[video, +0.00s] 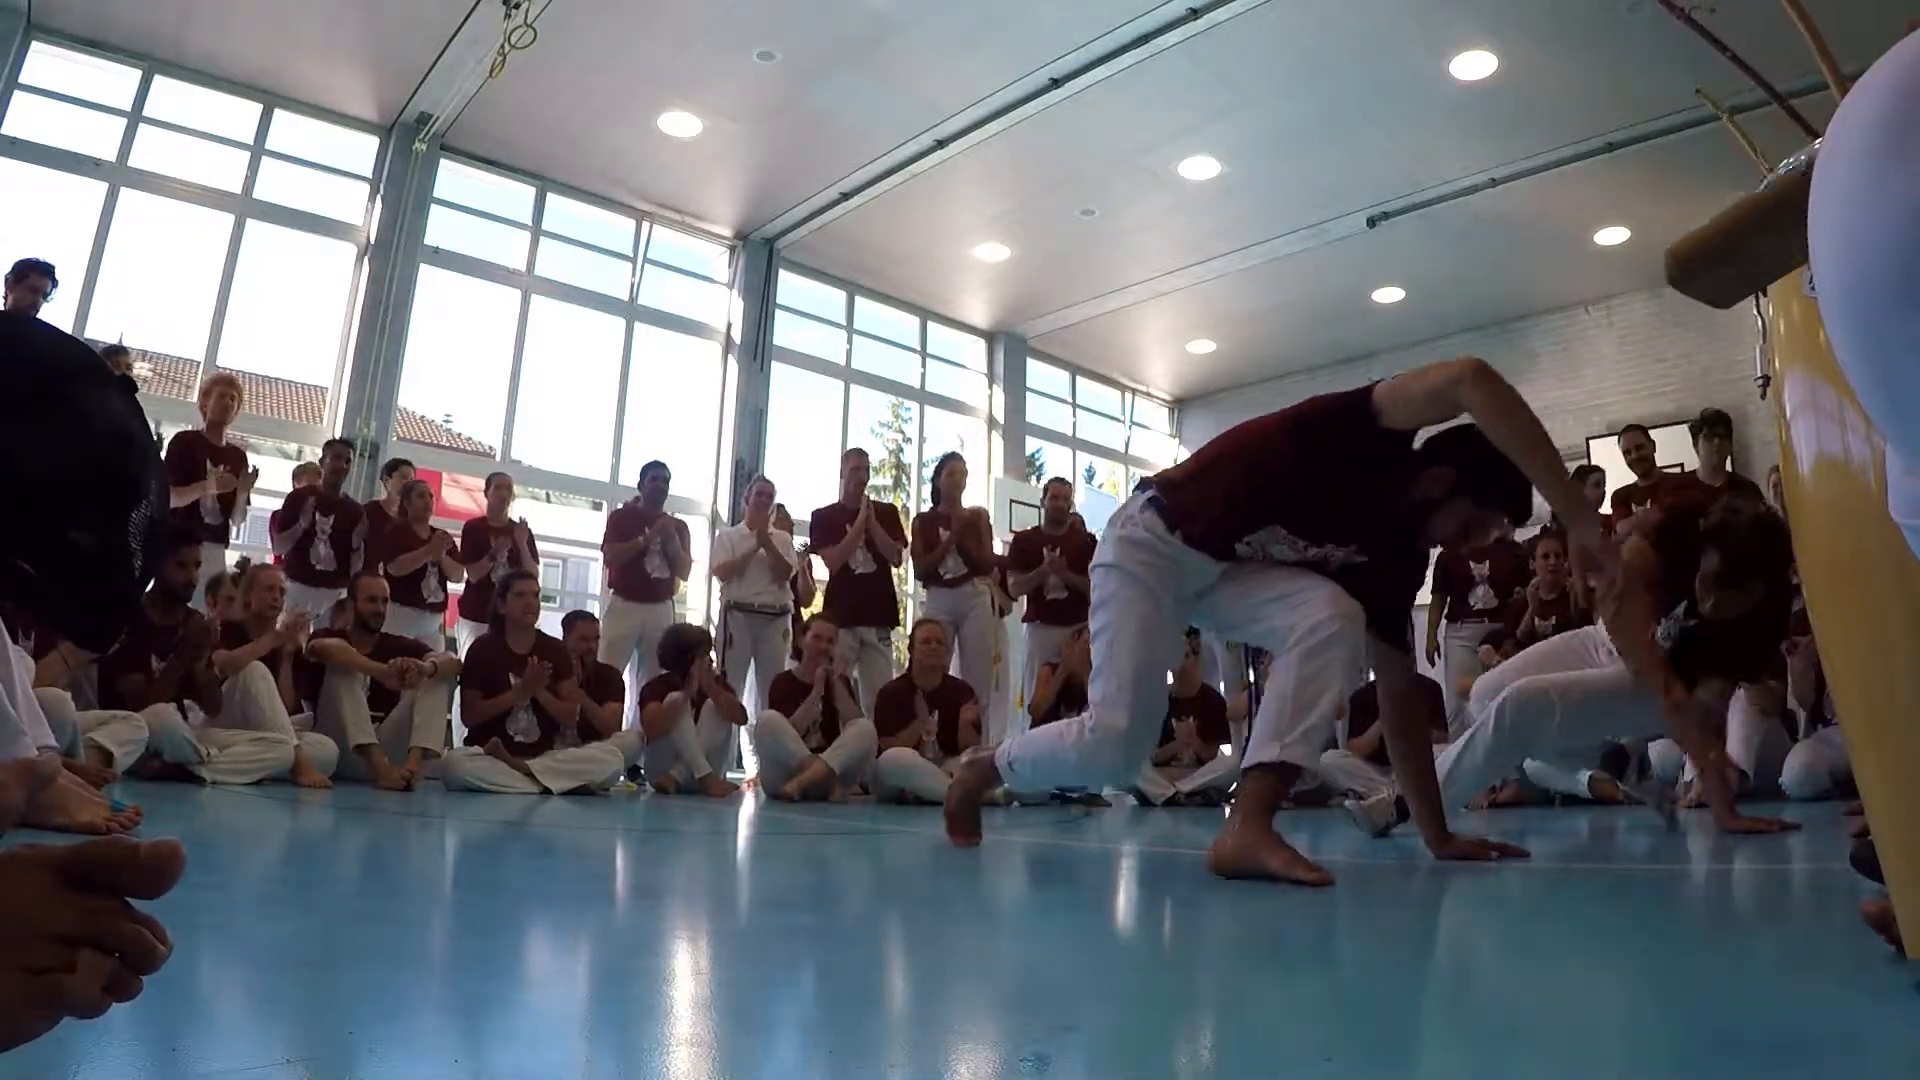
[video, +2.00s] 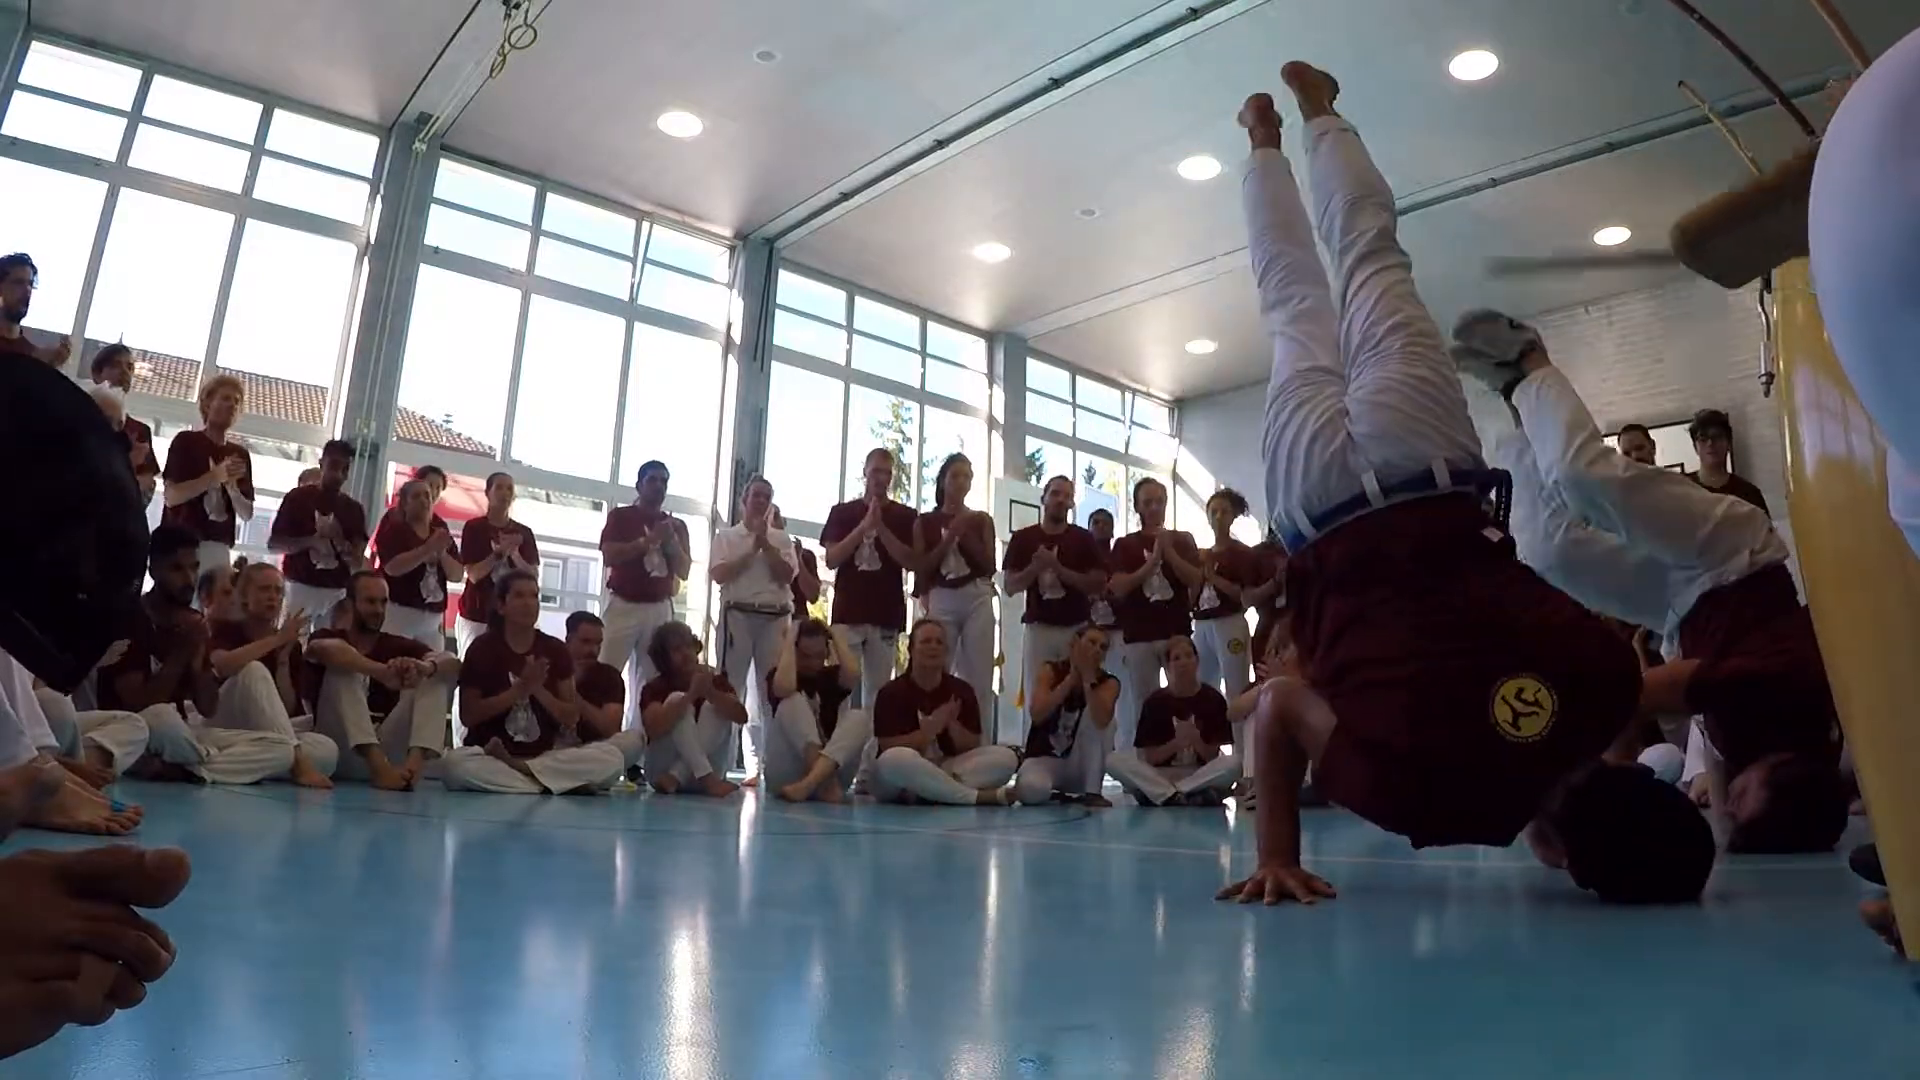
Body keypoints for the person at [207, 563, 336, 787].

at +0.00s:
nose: (277, 598)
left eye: (281, 592)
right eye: (269, 590)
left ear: (285, 599)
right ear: (248, 596)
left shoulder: (286, 643)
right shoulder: (228, 630)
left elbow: (289, 707)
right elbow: (223, 666)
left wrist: (288, 654)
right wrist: (278, 638)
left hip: (270, 731)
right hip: (224, 724)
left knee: (327, 751)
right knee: (254, 671)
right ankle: (299, 762)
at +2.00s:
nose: (273, 597)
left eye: (278, 590)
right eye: (264, 589)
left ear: (283, 597)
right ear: (245, 595)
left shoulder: (290, 644)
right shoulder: (224, 630)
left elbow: (290, 709)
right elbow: (221, 665)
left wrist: (283, 662)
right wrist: (281, 638)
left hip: (270, 733)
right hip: (224, 725)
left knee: (326, 751)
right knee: (253, 671)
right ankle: (299, 762)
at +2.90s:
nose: (274, 597)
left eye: (280, 591)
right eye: (266, 589)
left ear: (285, 597)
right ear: (245, 596)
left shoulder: (288, 643)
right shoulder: (226, 629)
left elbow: (290, 710)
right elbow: (221, 666)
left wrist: (283, 664)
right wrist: (273, 637)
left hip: (272, 733)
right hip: (225, 725)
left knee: (327, 752)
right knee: (253, 671)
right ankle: (299, 762)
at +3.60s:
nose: (274, 597)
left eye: (279, 591)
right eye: (265, 589)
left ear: (284, 597)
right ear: (245, 595)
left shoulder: (290, 645)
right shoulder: (224, 630)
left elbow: (291, 710)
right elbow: (220, 666)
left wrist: (279, 662)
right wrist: (278, 637)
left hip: (273, 733)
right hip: (224, 726)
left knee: (326, 752)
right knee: (254, 671)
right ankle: (299, 762)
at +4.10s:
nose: (273, 596)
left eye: (278, 590)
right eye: (264, 589)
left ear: (282, 596)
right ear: (245, 593)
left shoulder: (284, 643)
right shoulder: (224, 630)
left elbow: (289, 707)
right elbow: (221, 666)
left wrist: (281, 663)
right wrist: (271, 638)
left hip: (268, 731)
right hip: (222, 724)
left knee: (327, 751)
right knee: (253, 672)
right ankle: (299, 763)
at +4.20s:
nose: (273, 597)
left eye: (278, 591)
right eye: (264, 589)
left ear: (283, 596)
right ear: (245, 593)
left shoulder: (290, 646)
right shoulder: (224, 630)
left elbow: (292, 708)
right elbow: (221, 665)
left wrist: (277, 667)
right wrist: (279, 637)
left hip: (271, 733)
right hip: (223, 724)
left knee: (326, 751)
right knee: (253, 672)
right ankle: (299, 763)